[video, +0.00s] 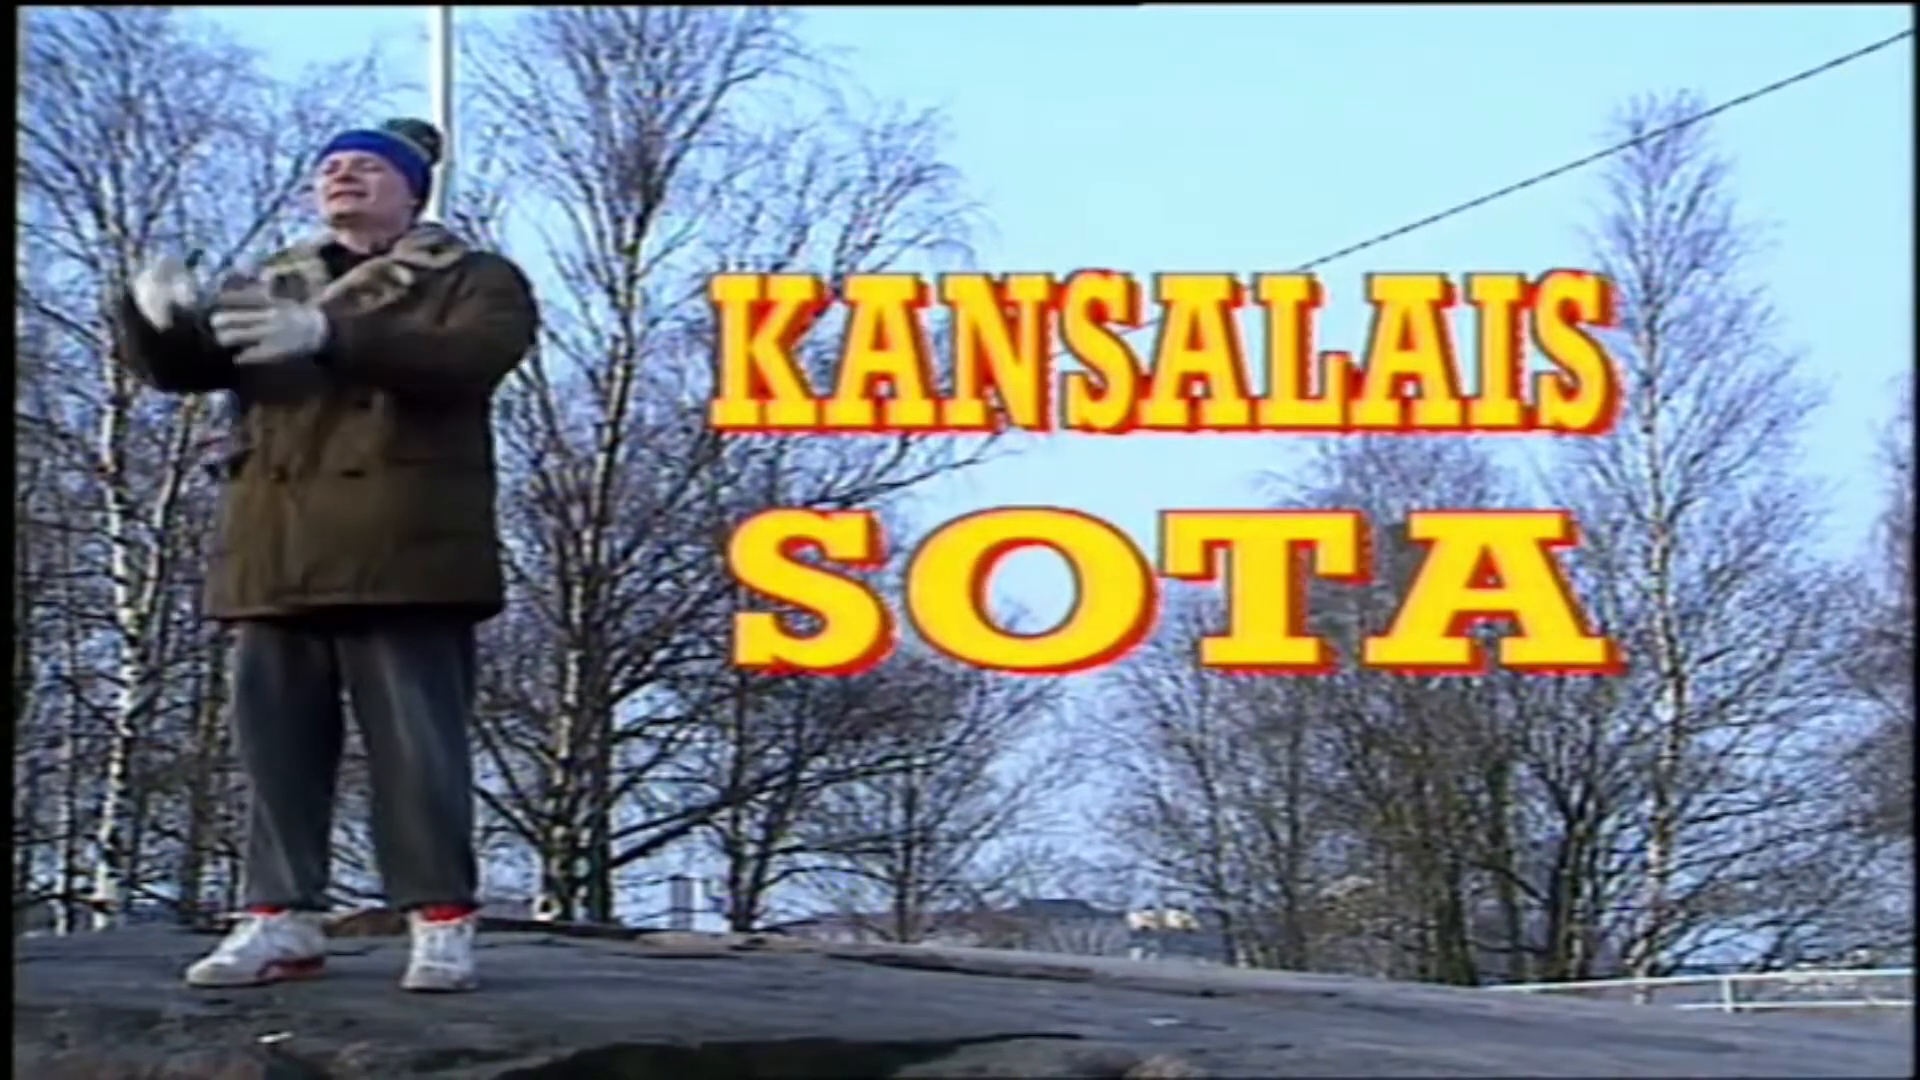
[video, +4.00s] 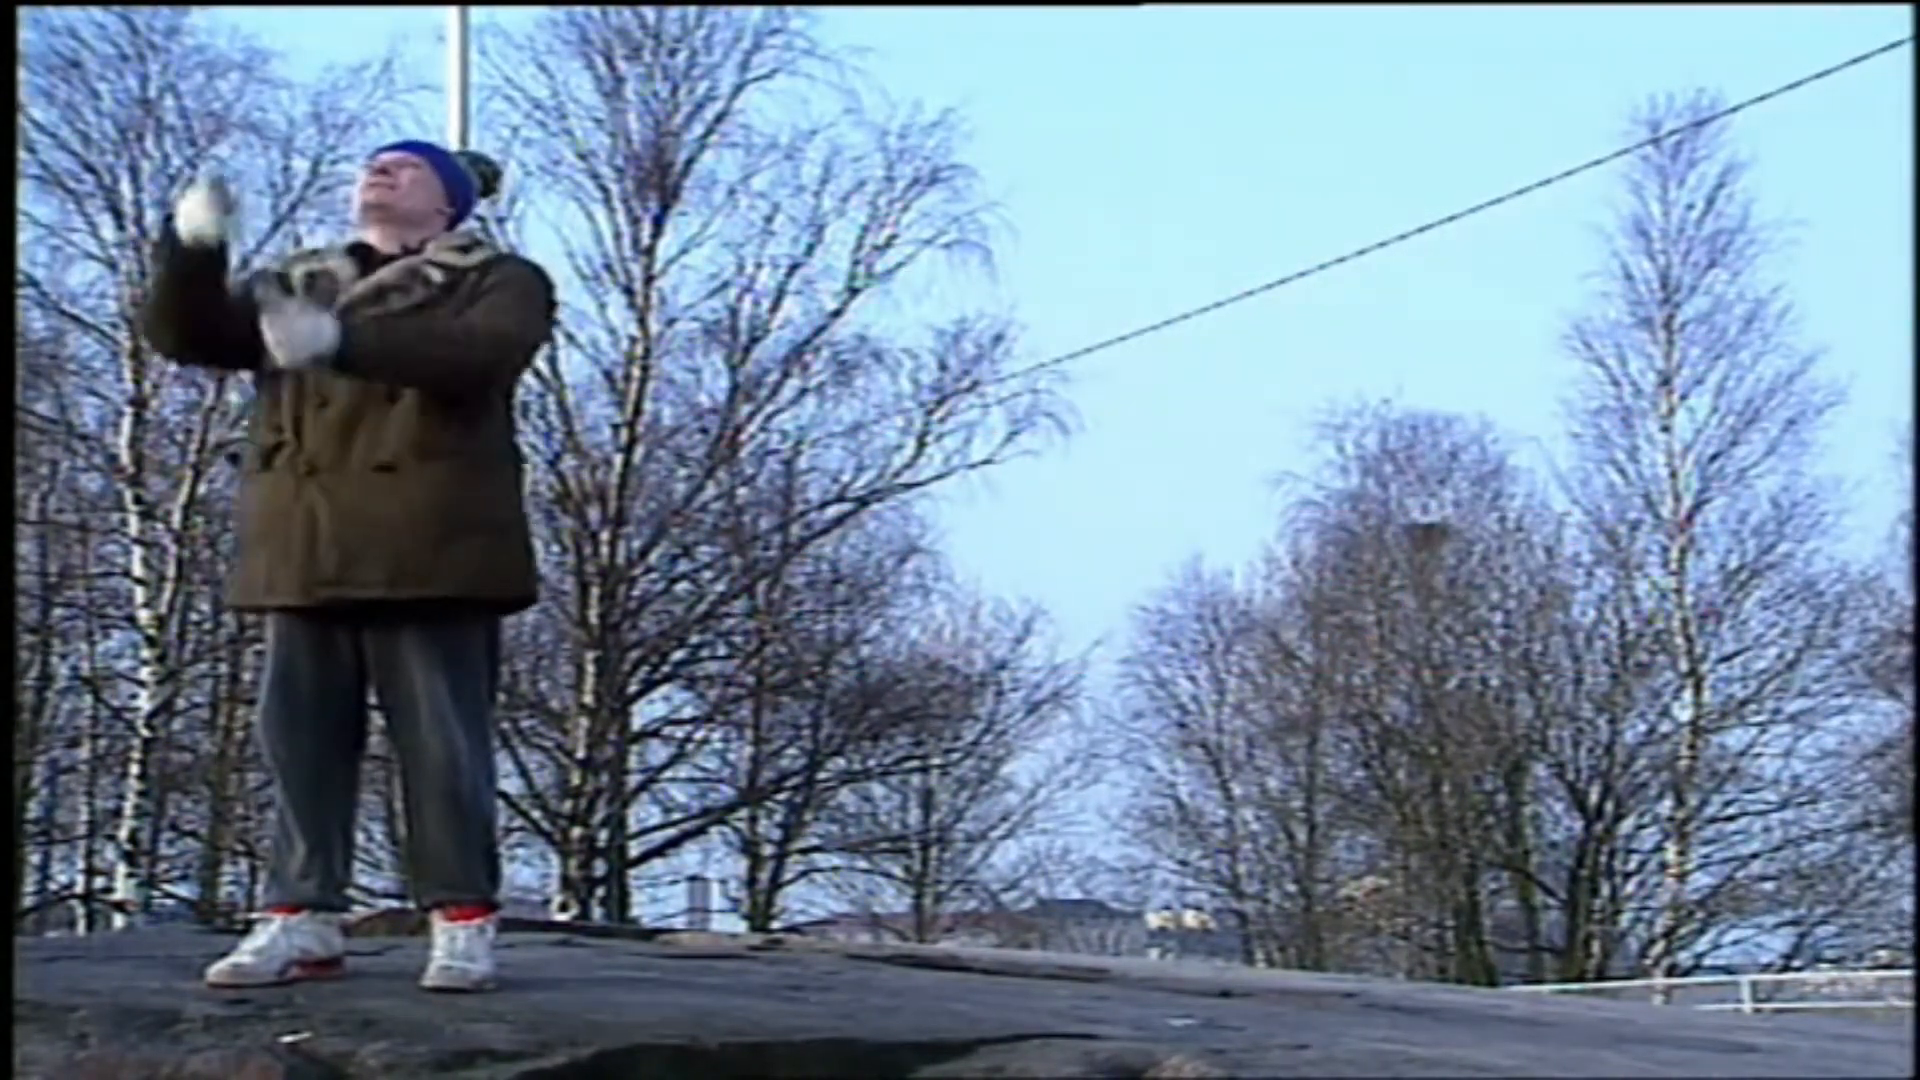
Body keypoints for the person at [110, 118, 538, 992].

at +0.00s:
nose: (342, 178)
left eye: (364, 167)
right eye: (331, 169)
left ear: (413, 189)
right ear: (316, 193)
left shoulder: (475, 276)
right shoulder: (282, 280)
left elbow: (469, 357)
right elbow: (189, 364)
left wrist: (330, 334)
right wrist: (157, 326)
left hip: (407, 559)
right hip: (275, 559)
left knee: (417, 747)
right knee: (276, 747)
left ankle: (441, 920)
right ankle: (285, 918)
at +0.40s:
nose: (348, 180)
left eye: (371, 170)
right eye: (336, 171)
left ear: (420, 196)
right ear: (319, 198)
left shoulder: (476, 278)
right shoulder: (255, 294)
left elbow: (470, 339)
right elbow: (211, 384)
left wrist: (342, 280)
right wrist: (209, 436)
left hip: (412, 554)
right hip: (278, 556)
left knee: (421, 746)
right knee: (281, 748)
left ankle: (445, 920)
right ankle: (289, 918)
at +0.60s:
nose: (345, 185)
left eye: (367, 174)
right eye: (335, 176)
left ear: (419, 195)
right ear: (319, 201)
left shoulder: (473, 276)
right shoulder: (270, 288)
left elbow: (480, 336)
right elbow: (214, 372)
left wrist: (349, 297)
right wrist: (173, 383)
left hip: (413, 549)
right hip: (281, 551)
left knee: (422, 740)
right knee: (279, 738)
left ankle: (448, 920)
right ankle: (291, 917)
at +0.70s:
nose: (342, 185)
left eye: (364, 172)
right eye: (333, 177)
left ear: (417, 194)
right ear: (320, 202)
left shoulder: (481, 283)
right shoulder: (276, 292)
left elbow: (464, 358)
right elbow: (188, 360)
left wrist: (344, 358)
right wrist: (143, 312)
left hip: (415, 559)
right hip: (283, 561)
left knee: (424, 746)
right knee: (284, 746)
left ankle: (449, 921)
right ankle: (290, 918)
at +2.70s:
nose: (367, 180)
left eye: (391, 169)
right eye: (366, 173)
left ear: (446, 197)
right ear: (364, 203)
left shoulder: (507, 280)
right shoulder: (315, 279)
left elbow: (495, 356)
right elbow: (204, 358)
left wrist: (345, 333)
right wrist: (194, 282)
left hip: (436, 554)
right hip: (306, 550)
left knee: (443, 745)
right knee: (302, 740)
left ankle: (462, 920)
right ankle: (305, 918)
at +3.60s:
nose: (380, 174)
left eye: (404, 166)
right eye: (374, 168)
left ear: (454, 204)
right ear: (360, 192)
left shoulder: (498, 276)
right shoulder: (300, 283)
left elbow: (489, 310)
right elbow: (239, 393)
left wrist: (343, 246)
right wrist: (234, 367)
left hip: (432, 543)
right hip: (305, 542)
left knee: (440, 737)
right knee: (300, 734)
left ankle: (461, 919)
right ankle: (305, 918)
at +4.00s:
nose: (376, 174)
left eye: (401, 167)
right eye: (370, 169)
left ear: (450, 204)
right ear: (354, 200)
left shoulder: (503, 279)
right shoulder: (305, 280)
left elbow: (472, 353)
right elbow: (186, 332)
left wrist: (342, 340)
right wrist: (192, 252)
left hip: (435, 559)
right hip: (306, 561)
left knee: (442, 741)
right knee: (299, 738)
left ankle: (463, 919)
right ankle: (305, 918)